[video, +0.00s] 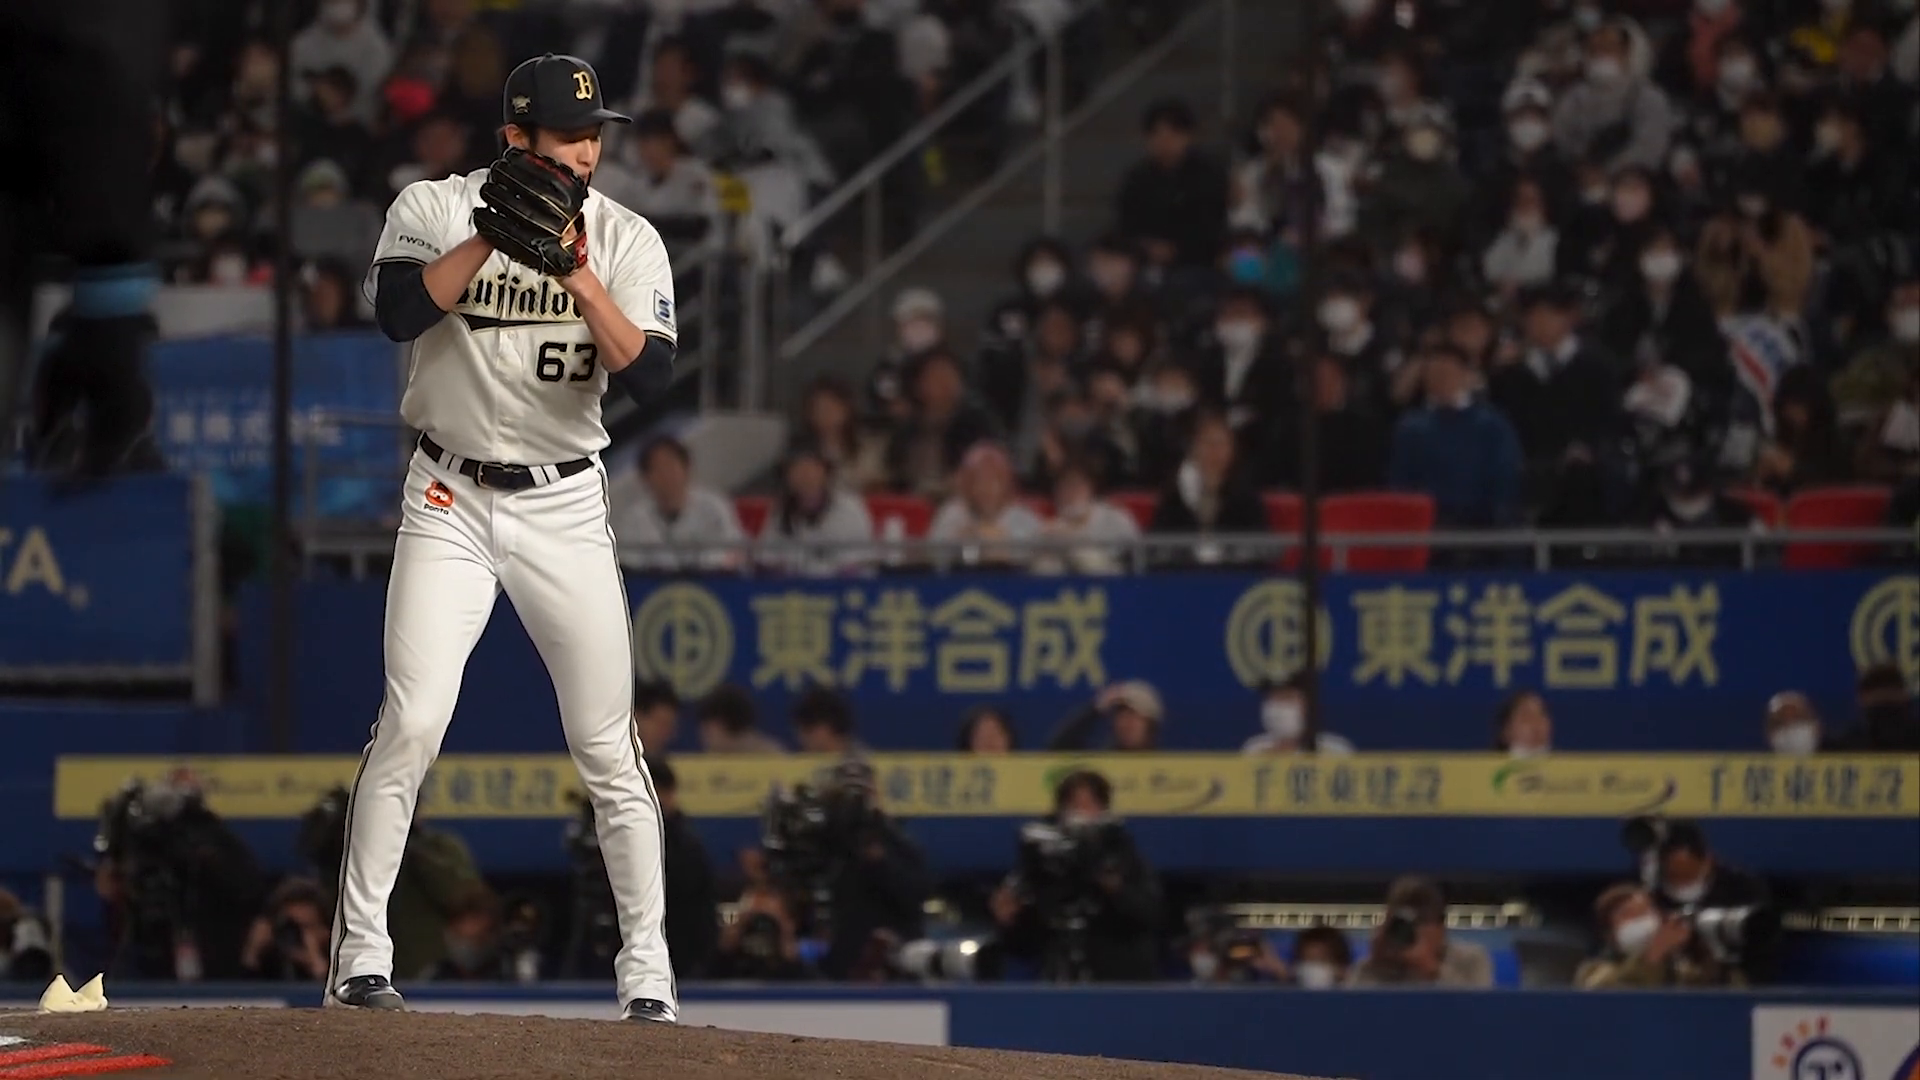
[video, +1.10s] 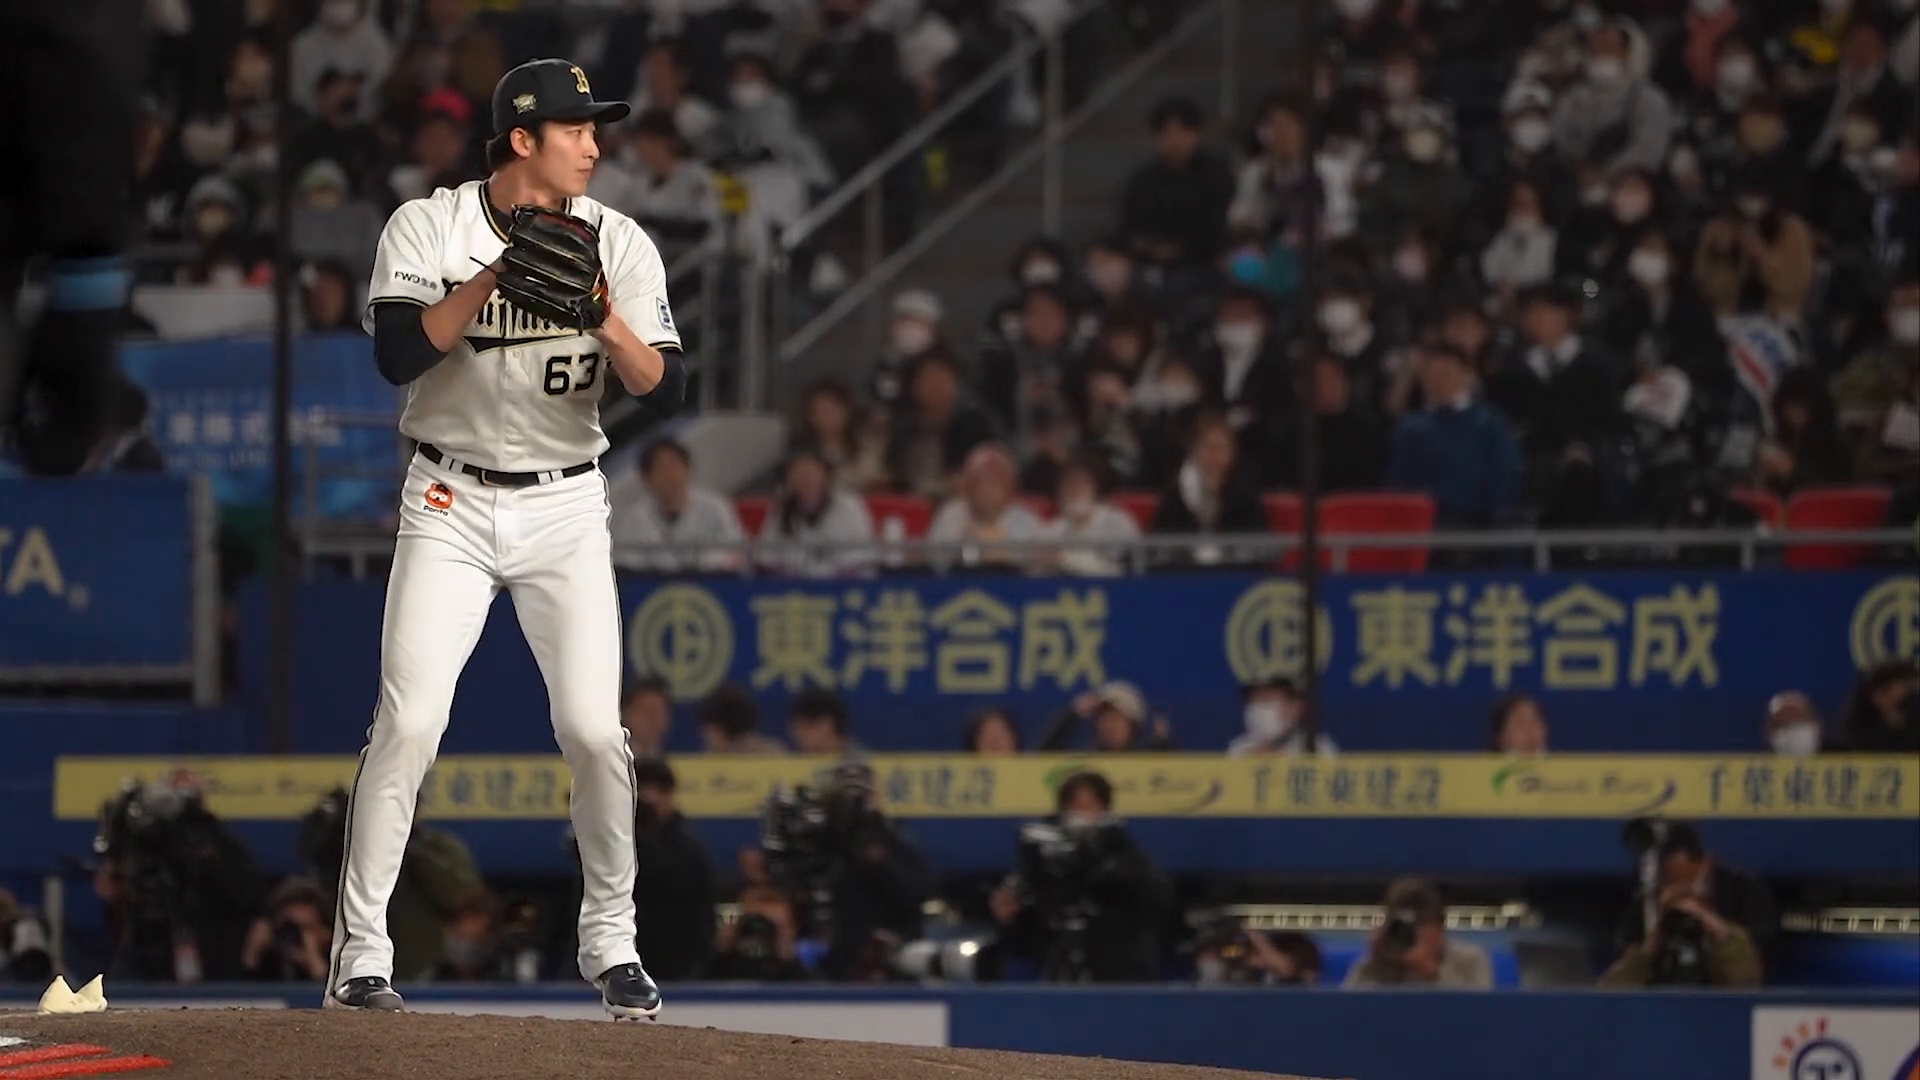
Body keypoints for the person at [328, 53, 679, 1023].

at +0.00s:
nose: (580, 154)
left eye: (591, 137)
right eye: (563, 136)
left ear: (602, 139)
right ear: (514, 131)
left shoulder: (628, 239)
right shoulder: (434, 207)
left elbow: (652, 379)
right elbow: (394, 315)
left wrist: (581, 277)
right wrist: (492, 236)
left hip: (566, 511)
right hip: (448, 500)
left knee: (606, 748)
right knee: (411, 723)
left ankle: (648, 979)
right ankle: (360, 959)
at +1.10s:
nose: (594, 146)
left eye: (596, 130)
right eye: (577, 129)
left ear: (584, 142)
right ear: (520, 137)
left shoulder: (624, 244)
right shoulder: (428, 223)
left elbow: (656, 386)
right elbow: (395, 354)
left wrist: (603, 317)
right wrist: (497, 276)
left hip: (569, 509)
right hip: (449, 503)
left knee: (595, 732)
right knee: (409, 721)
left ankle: (612, 945)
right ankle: (360, 957)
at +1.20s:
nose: (600, 183)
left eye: (600, 168)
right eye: (582, 168)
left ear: (584, 181)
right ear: (526, 180)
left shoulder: (627, 285)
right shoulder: (430, 268)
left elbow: (683, 434)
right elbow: (386, 409)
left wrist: (635, 430)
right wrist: (481, 382)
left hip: (575, 529)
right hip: (458, 529)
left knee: (557, 678)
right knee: (413, 729)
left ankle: (537, 861)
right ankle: (363, 948)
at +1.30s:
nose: (602, 248)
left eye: (602, 232)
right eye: (584, 233)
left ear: (595, 241)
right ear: (530, 245)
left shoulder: (634, 349)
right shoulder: (443, 338)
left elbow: (701, 486)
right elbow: (390, 479)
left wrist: (688, 574)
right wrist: (434, 564)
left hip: (590, 567)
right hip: (474, 570)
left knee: (591, 715)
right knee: (425, 743)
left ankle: (551, 929)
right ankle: (362, 954)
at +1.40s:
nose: (619, 312)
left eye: (618, 295)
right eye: (599, 298)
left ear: (612, 305)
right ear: (546, 312)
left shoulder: (656, 405)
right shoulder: (460, 407)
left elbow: (752, 523)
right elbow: (395, 554)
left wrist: (829, 650)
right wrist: (347, 700)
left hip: (625, 618)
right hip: (505, 629)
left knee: (673, 765)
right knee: (451, 762)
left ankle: (739, 930)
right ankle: (365, 962)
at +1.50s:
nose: (673, 369)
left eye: (673, 353)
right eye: (654, 354)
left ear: (660, 366)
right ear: (594, 367)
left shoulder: (709, 449)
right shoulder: (505, 466)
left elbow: (858, 511)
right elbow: (392, 569)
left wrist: (1006, 548)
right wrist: (275, 662)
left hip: (692, 673)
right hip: (569, 687)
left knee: (815, 789)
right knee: (500, 792)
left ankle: (973, 962)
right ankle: (382, 947)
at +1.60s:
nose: (775, 384)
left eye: (773, 369)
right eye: (757, 371)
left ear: (754, 387)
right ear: (699, 388)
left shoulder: (809, 458)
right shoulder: (609, 471)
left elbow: (950, 416)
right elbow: (479, 493)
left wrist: (1091, 418)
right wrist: (373, 559)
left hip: (806, 719)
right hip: (688, 727)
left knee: (995, 801)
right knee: (591, 847)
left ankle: (1160, 984)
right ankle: (406, 953)